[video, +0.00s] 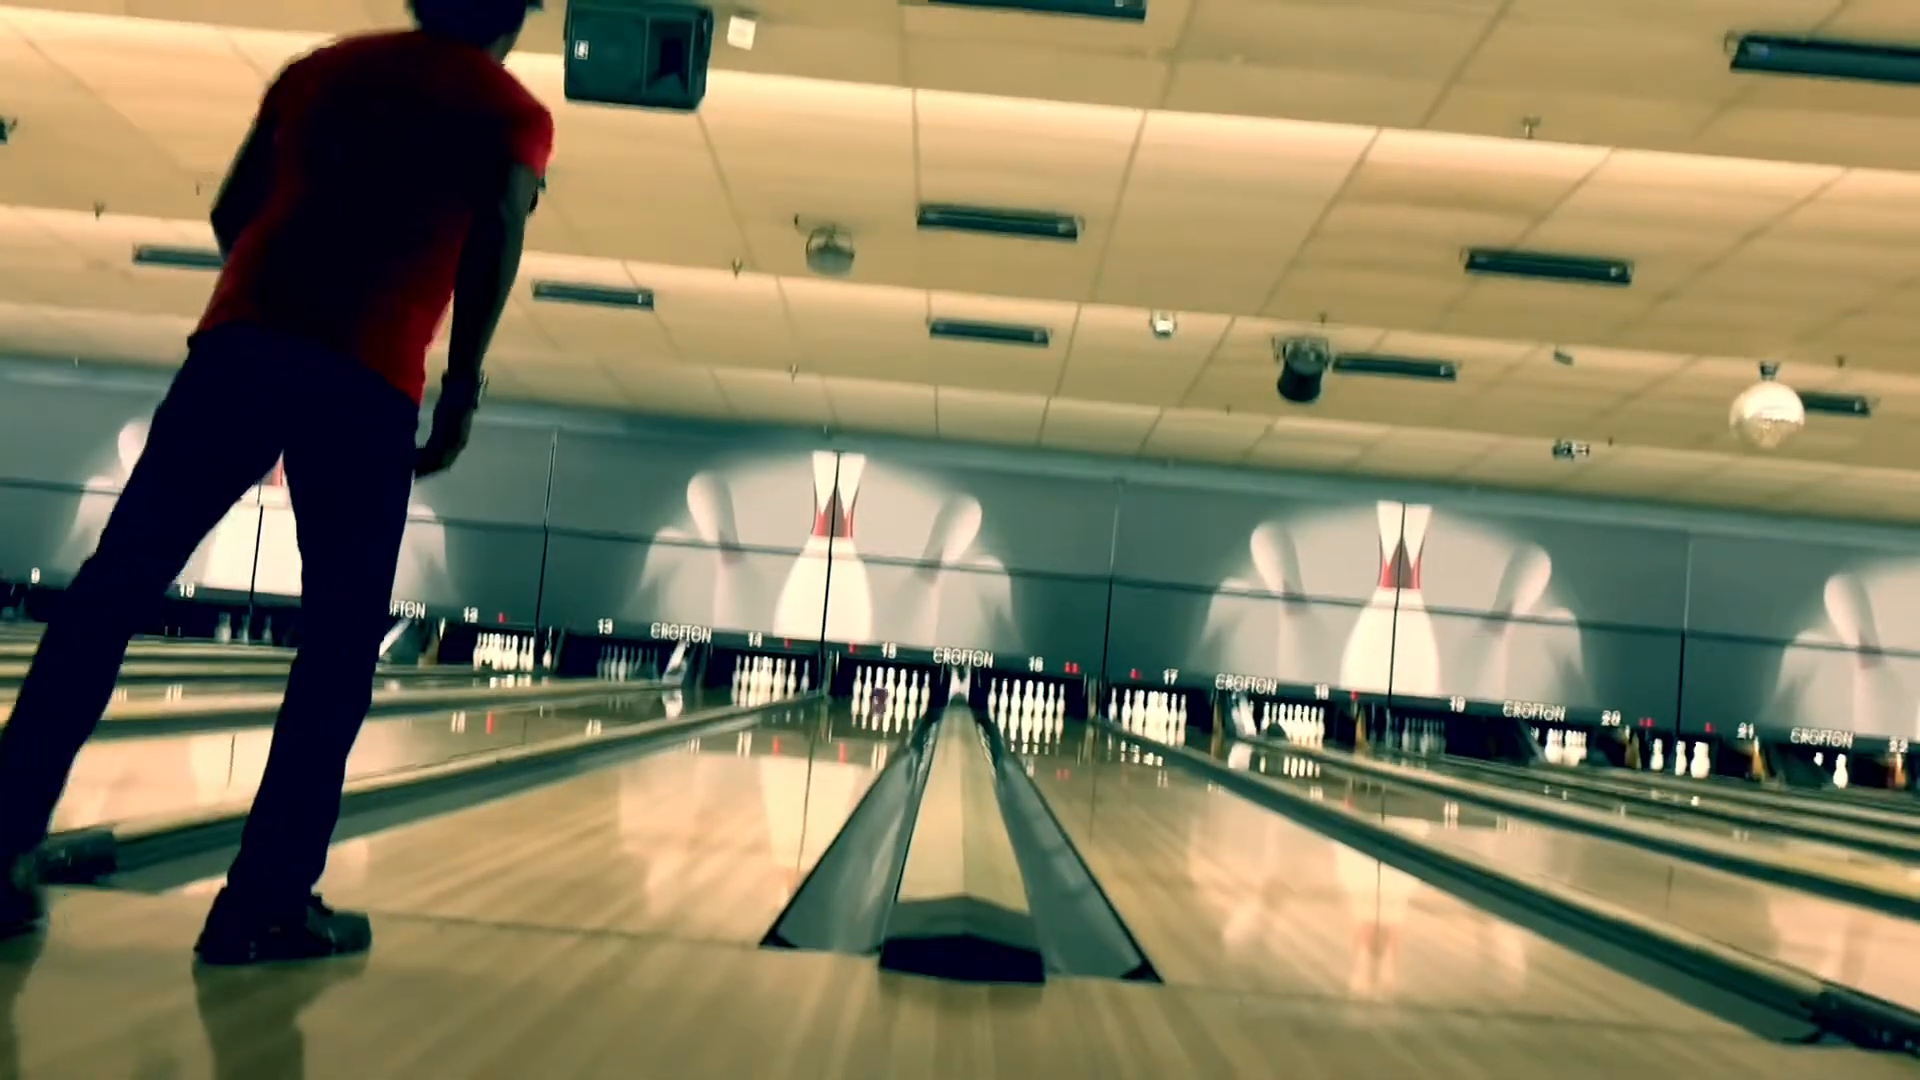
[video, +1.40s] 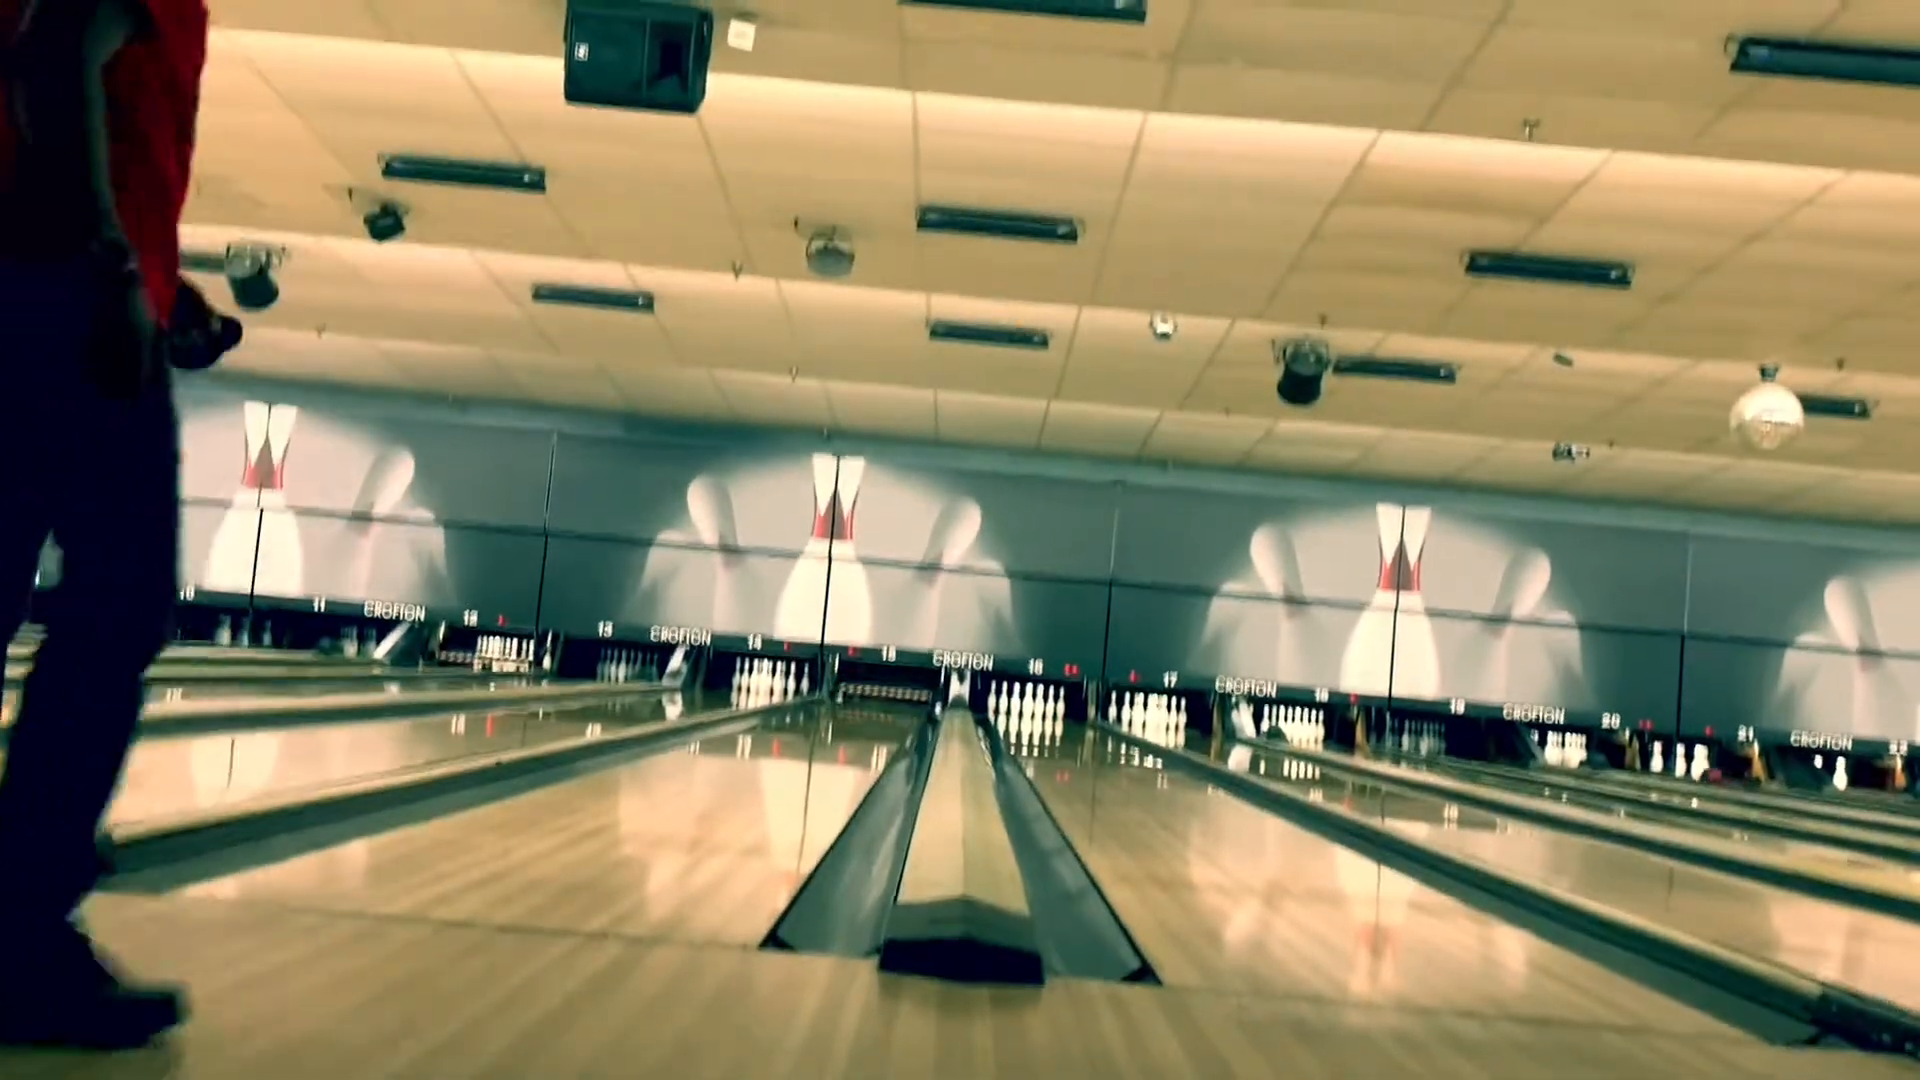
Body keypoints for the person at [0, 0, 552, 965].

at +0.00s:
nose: (517, 29)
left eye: (513, 20)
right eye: (521, 21)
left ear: (418, 3)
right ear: (512, 20)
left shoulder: (315, 67)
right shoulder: (515, 108)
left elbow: (231, 210)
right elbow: (496, 237)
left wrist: (289, 307)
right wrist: (461, 391)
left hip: (236, 354)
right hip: (363, 383)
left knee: (108, 592)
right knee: (339, 648)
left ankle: (5, 856)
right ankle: (263, 905)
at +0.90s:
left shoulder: (192, 17)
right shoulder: (405, 32)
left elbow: (133, 190)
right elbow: (404, 199)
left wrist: (209, 285)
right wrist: (410, 353)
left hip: (173, 350)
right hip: (309, 364)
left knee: (128, 602)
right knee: (310, 638)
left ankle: (8, 875)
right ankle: (266, 902)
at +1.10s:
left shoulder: (92, 11)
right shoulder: (309, 4)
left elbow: (45, 185)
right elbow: (281, 138)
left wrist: (138, 277)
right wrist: (310, 324)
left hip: (78, 323)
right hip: (218, 331)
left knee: (30, 620)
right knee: (240, 631)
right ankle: (260, 893)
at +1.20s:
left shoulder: (64, 5)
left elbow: (19, 141)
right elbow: (233, 87)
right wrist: (246, 288)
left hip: (42, 295)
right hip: (177, 304)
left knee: (12, 613)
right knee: (218, 606)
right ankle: (215, 897)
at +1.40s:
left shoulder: (174, 16)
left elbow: (110, 141)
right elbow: (62, 79)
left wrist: (168, 287)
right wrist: (115, 286)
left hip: (78, 305)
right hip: (73, 308)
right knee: (120, 605)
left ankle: (35, 940)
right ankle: (31, 945)